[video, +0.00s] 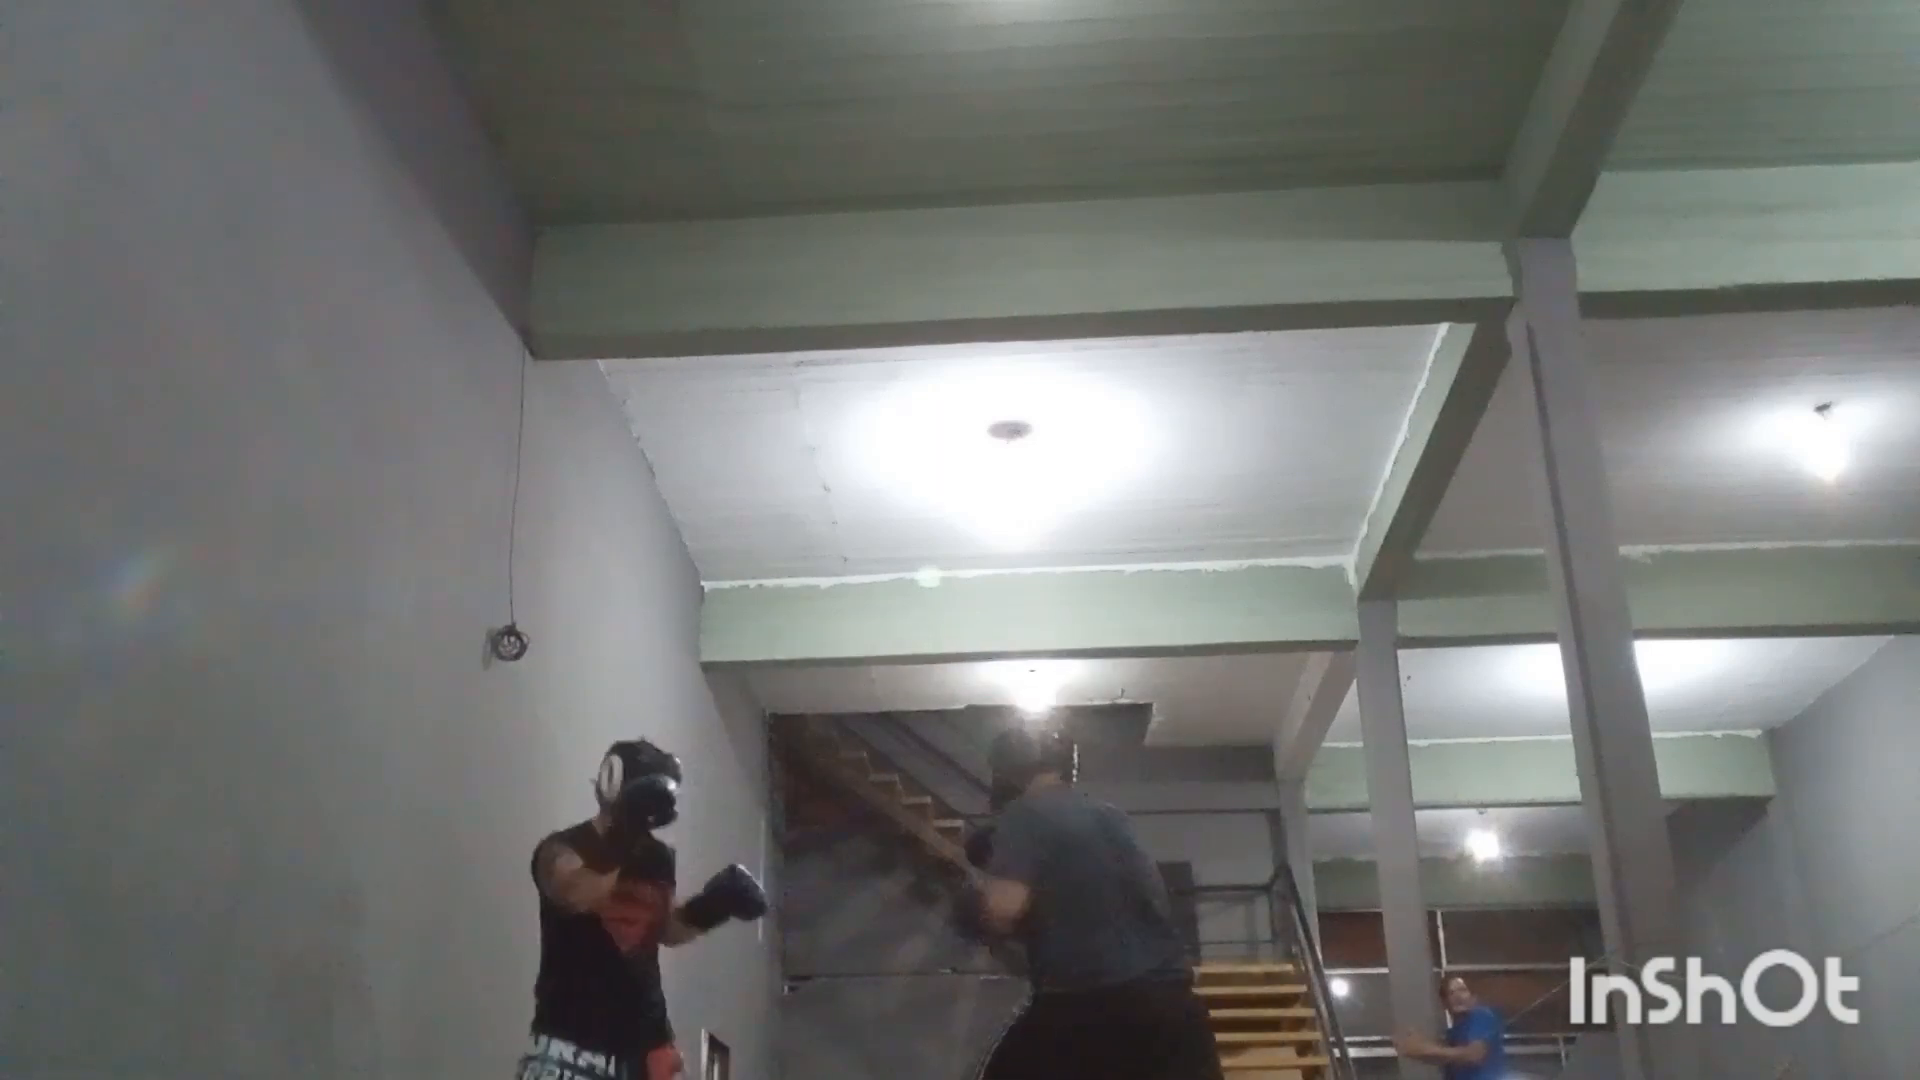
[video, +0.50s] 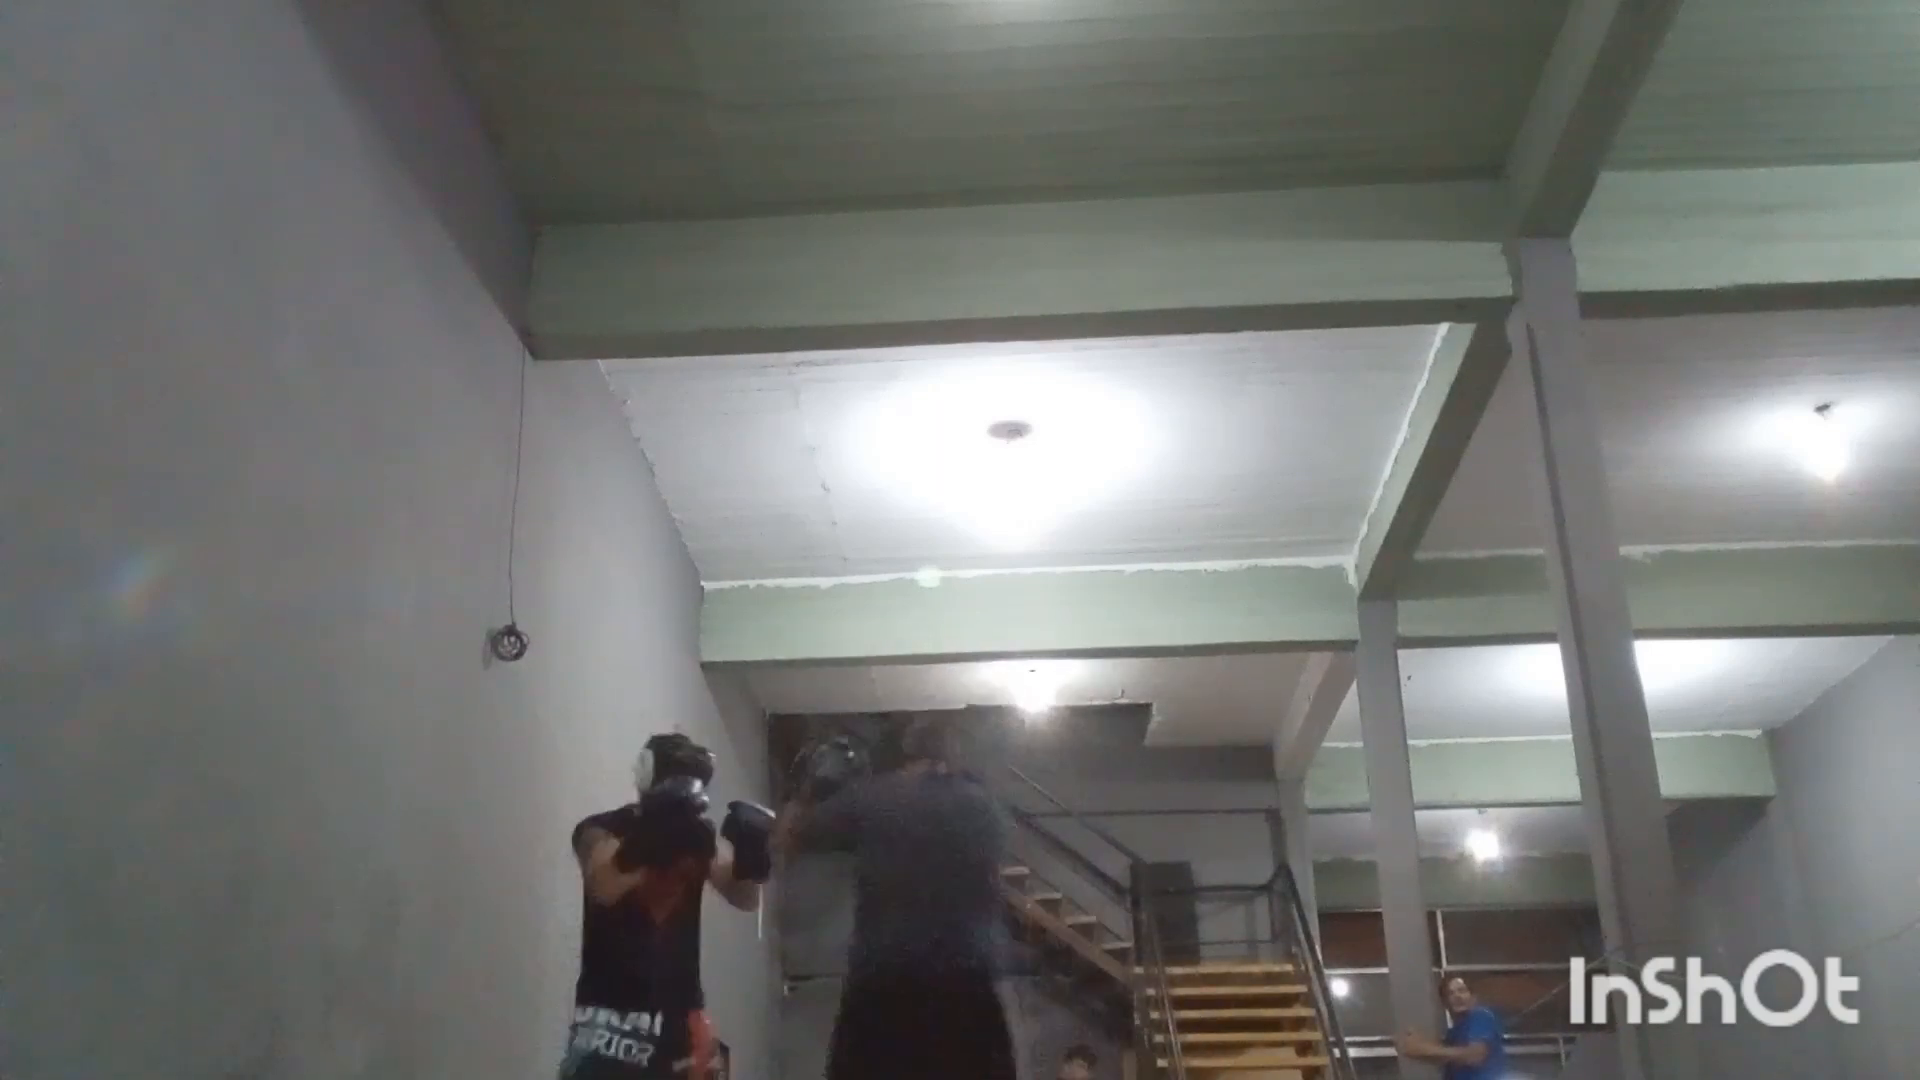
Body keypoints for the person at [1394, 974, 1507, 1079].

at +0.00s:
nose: (1458, 997)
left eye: (1463, 990)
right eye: (1452, 993)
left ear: (1470, 995)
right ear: (1444, 1001)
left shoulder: (1481, 1017)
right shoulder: (1454, 1030)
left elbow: (1476, 1054)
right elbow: (1450, 1055)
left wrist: (1425, 1050)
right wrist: (1418, 1048)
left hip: (1485, 1075)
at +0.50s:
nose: (1457, 996)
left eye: (1462, 991)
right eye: (1451, 993)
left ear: (1470, 995)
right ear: (1445, 1000)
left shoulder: (1481, 1017)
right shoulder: (1454, 1031)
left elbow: (1476, 1056)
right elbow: (1448, 1054)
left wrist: (1424, 1050)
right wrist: (1419, 1046)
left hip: (1485, 1075)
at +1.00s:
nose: (1458, 997)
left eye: (1462, 990)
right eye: (1451, 993)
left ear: (1471, 995)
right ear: (1445, 1001)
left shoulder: (1481, 1017)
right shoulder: (1453, 1030)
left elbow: (1476, 1055)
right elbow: (1447, 1054)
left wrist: (1427, 1049)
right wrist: (1419, 1046)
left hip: (1484, 1075)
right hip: (1458, 1076)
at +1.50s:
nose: (1458, 996)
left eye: (1462, 991)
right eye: (1452, 993)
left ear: (1470, 993)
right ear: (1446, 1000)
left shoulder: (1481, 1015)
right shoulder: (1457, 1023)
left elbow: (1477, 1053)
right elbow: (1450, 1054)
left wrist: (1425, 1049)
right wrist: (1420, 1045)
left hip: (1483, 1076)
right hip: (1460, 1076)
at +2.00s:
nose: (1456, 1005)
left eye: (1463, 1000)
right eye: (1453, 999)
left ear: (1473, 1001)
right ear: (1448, 1001)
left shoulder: (1482, 1018)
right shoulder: (1458, 1024)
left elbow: (1477, 1053)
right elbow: (1447, 1052)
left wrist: (1427, 1049)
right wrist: (1419, 1047)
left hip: (1485, 1076)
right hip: (1462, 1076)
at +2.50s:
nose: (1459, 1009)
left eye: (1465, 1005)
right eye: (1456, 1002)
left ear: (1476, 1006)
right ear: (1451, 1002)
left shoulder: (1486, 1020)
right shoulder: (1454, 1027)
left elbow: (1476, 1057)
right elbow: (1448, 1055)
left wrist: (1425, 1049)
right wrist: (1418, 1047)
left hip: (1486, 1076)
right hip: (1459, 1076)